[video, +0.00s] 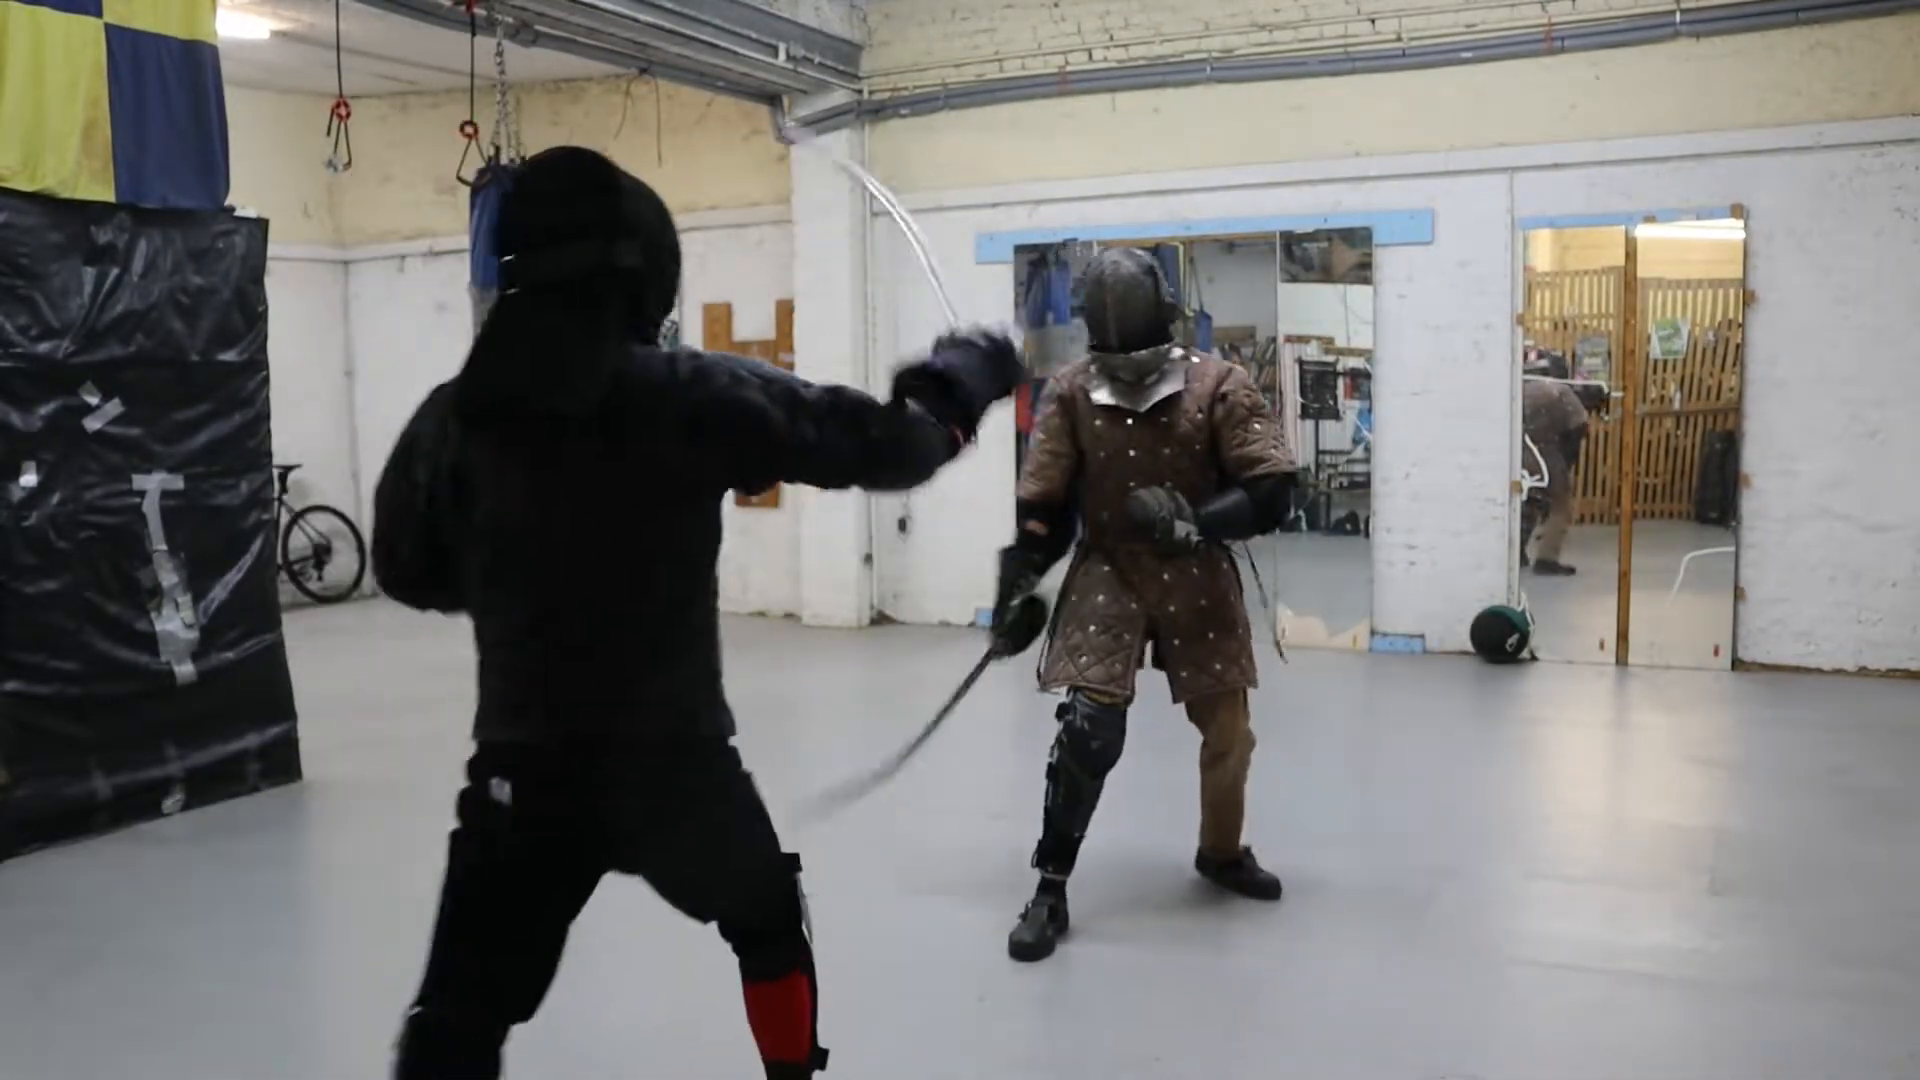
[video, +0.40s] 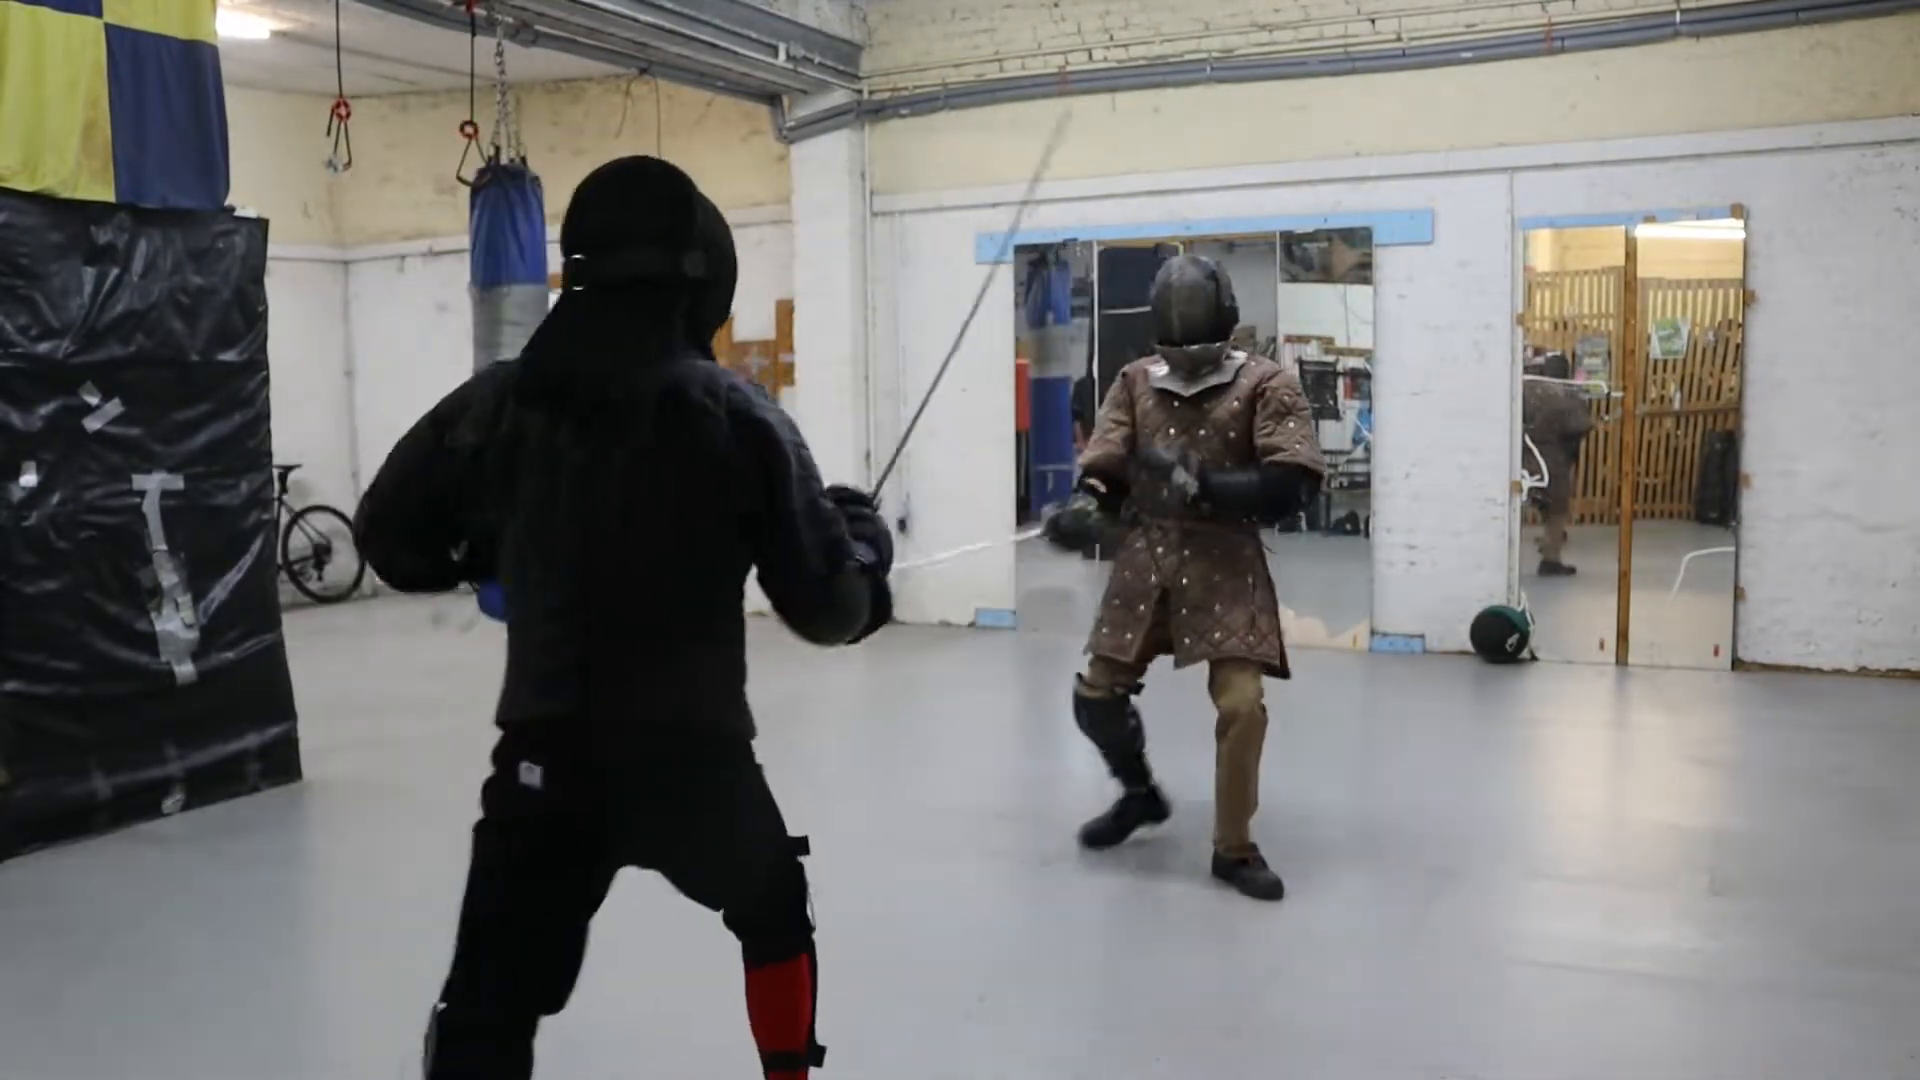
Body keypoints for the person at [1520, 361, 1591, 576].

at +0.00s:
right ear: (1560, 371)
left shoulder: (1515, 385)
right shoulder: (1560, 389)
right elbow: (1578, 425)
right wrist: (1565, 464)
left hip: (1513, 451)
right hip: (1544, 454)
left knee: (1521, 504)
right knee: (1560, 507)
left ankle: (1516, 551)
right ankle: (1546, 557)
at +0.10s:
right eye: (1566, 370)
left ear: (1536, 368)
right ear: (1563, 371)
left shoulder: (1521, 388)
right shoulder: (1569, 393)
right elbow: (1580, 427)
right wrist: (1570, 447)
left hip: (1523, 454)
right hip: (1556, 458)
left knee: (1523, 507)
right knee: (1558, 511)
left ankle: (1516, 552)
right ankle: (1550, 558)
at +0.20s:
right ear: (1562, 371)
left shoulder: (1522, 387)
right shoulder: (1569, 393)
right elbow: (1583, 427)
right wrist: (1568, 446)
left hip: (1524, 452)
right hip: (1555, 456)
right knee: (1559, 511)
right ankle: (1550, 558)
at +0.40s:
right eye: (1565, 374)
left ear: (1545, 371)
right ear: (1565, 374)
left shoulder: (1526, 389)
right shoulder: (1567, 397)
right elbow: (1579, 427)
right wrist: (1570, 454)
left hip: (1526, 453)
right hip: (1554, 457)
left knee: (1546, 505)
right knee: (1556, 509)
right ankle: (1551, 558)